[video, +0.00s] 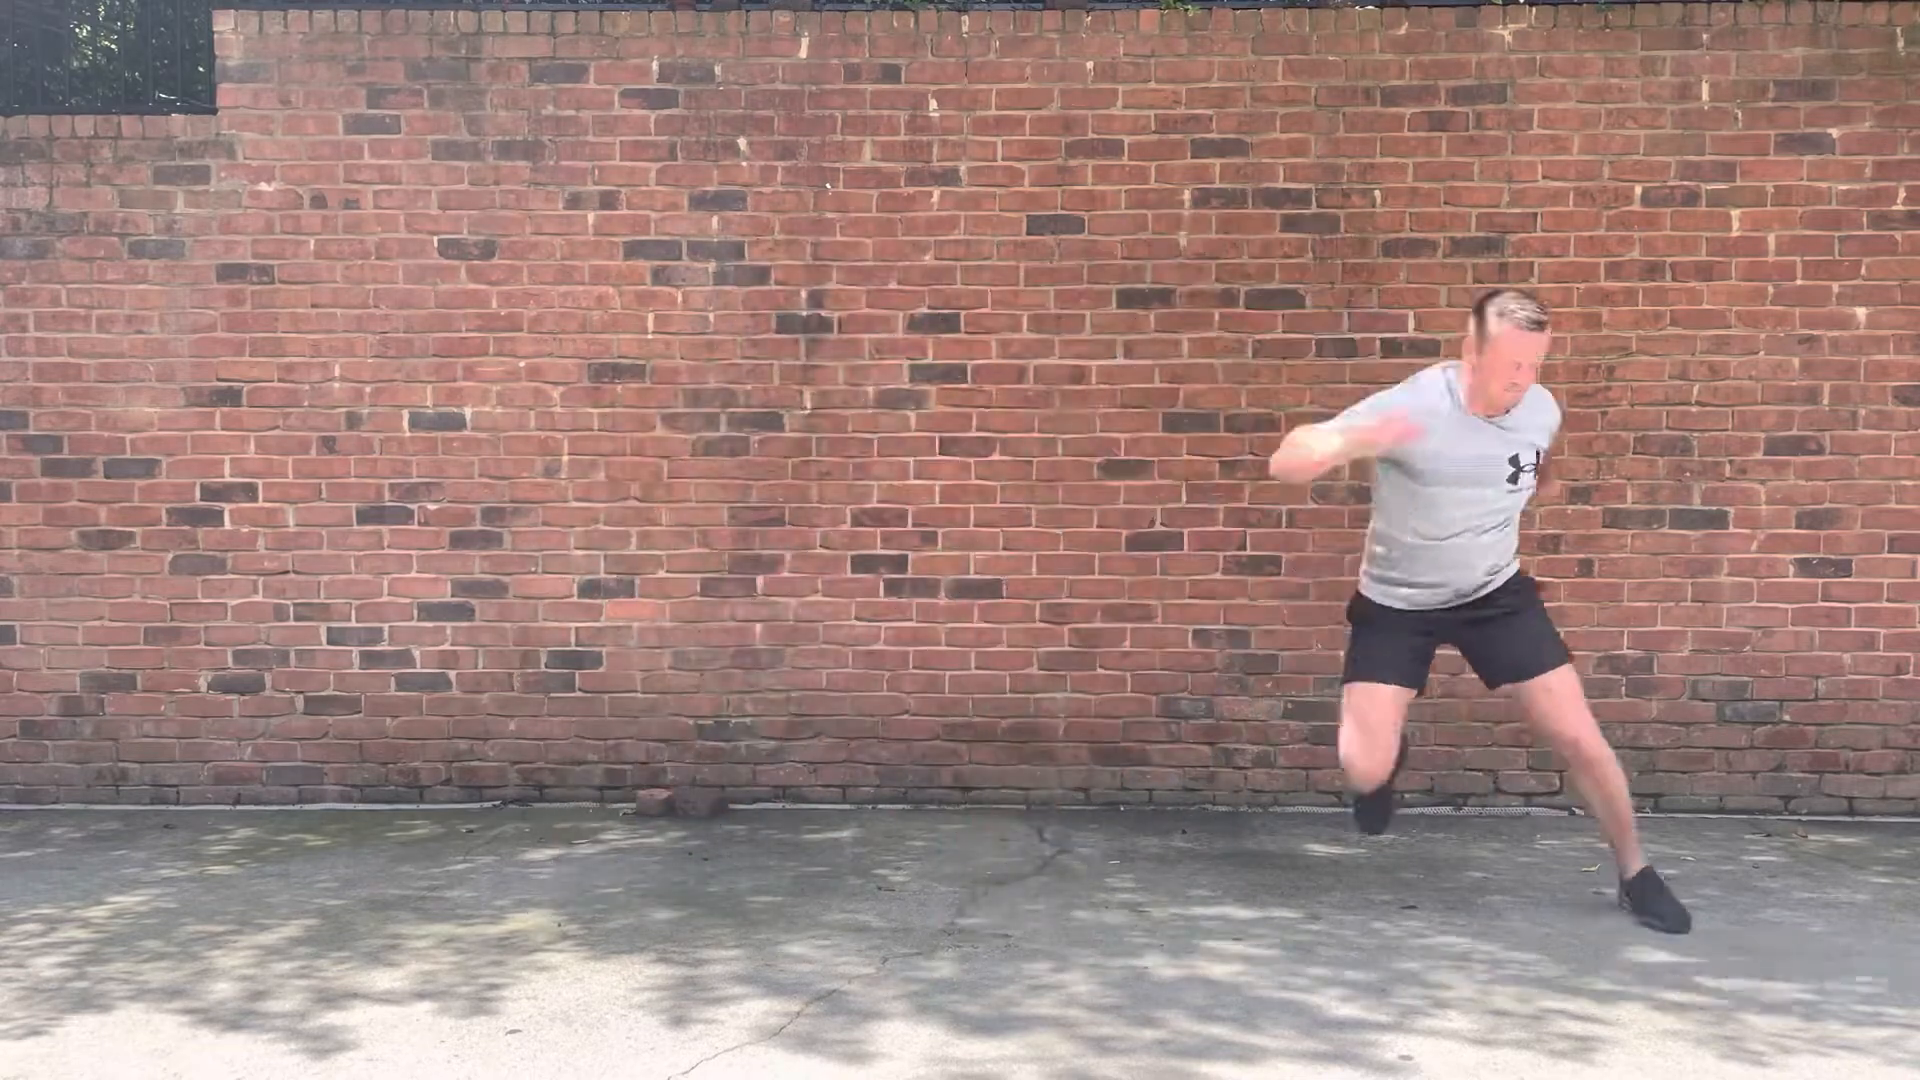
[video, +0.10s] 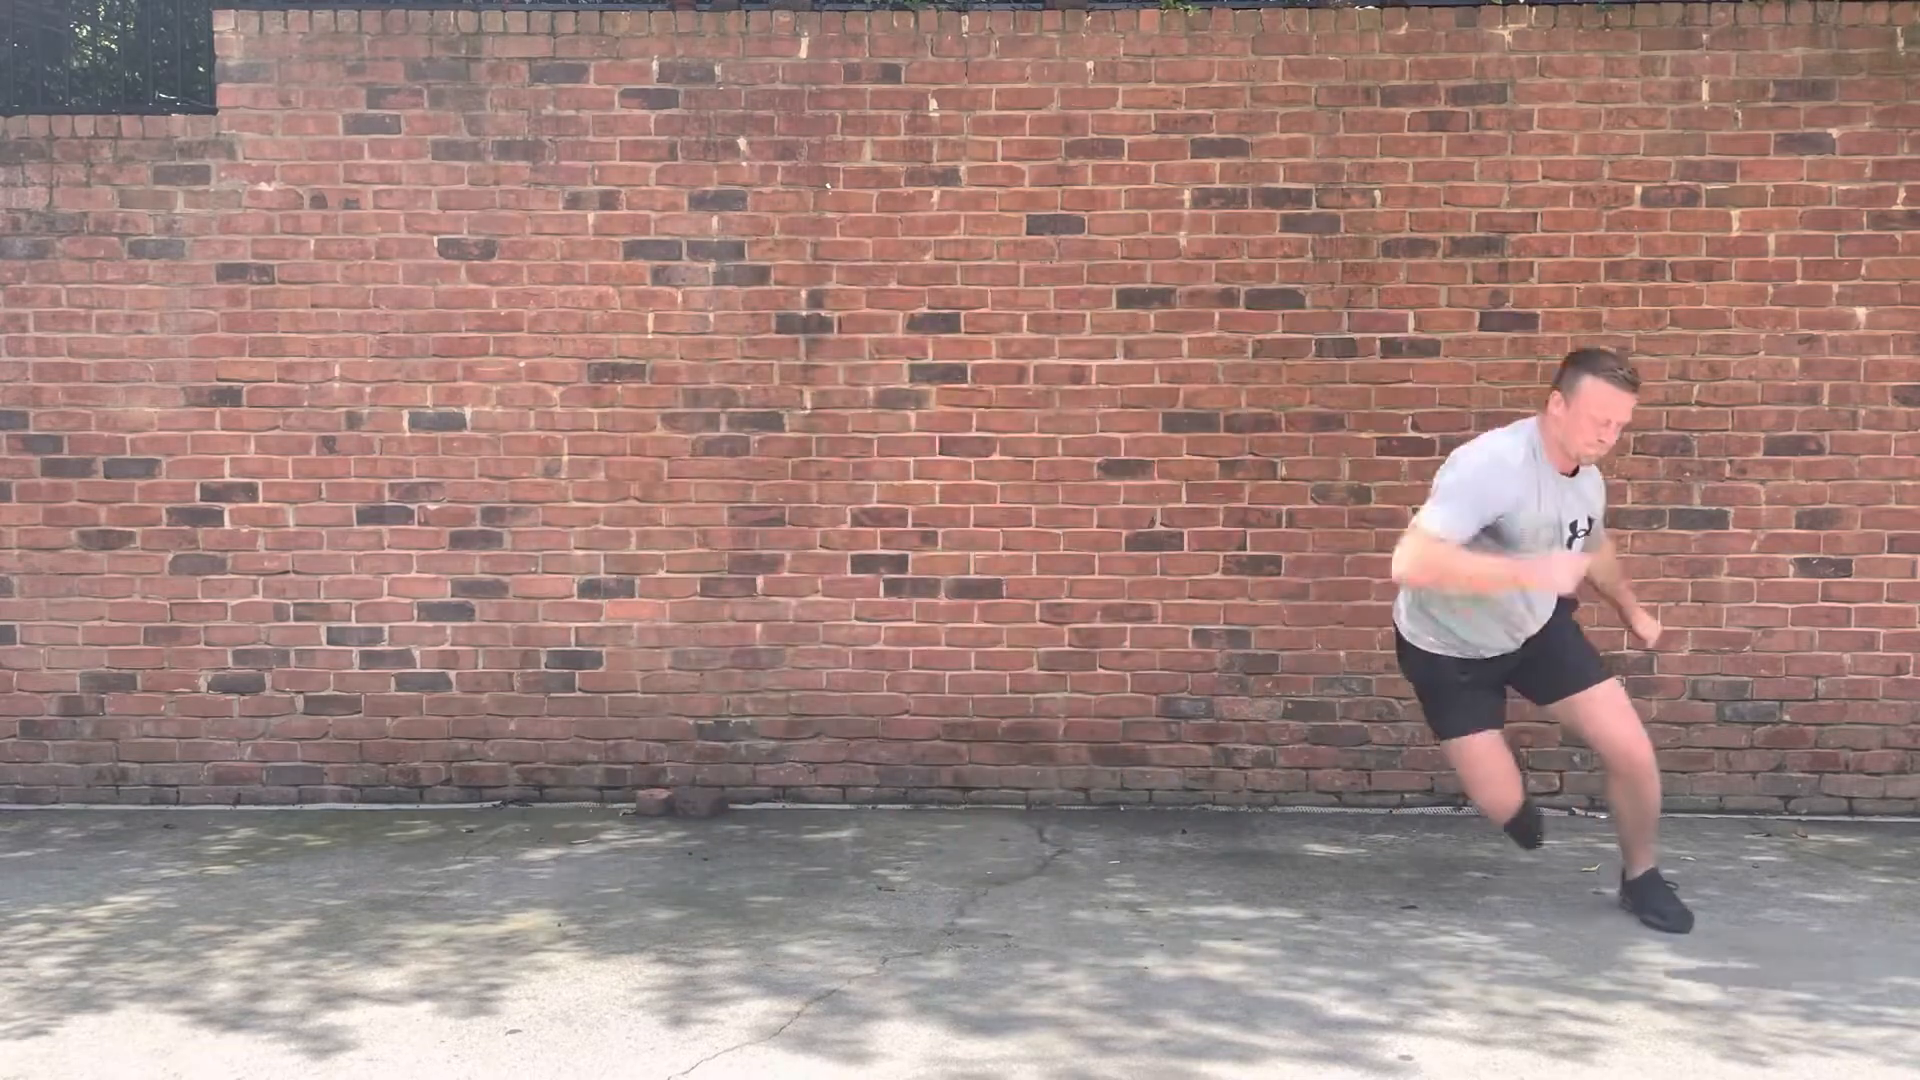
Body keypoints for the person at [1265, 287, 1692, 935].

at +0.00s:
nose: (1525, 379)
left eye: (1535, 365)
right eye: (1514, 363)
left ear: (1542, 360)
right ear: (1472, 347)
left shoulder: (1540, 413)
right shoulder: (1415, 402)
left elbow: (1520, 476)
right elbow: (1285, 461)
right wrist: (1354, 440)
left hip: (1496, 595)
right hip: (1395, 602)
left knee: (1580, 738)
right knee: (1363, 765)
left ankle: (1635, 871)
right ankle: (1374, 776)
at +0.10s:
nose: (1608, 439)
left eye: (1618, 428)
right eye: (1600, 422)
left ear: (1623, 427)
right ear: (1556, 405)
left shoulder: (1587, 482)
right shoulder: (1487, 464)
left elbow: (1595, 552)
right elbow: (1412, 562)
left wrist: (1632, 609)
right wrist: (1531, 571)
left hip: (1535, 625)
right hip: (1445, 643)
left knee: (1632, 750)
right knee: (1500, 804)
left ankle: (1641, 876)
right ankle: (1513, 808)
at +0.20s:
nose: (1632, 449)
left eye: (1642, 439)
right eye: (1624, 432)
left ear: (1644, 436)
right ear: (1581, 414)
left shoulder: (1602, 499)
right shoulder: (1517, 476)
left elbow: (1649, 590)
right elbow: (1480, 590)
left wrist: (1733, 648)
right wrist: (1587, 640)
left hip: (1544, 640)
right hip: (1456, 652)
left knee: (1642, 754)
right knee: (1538, 806)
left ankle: (1641, 879)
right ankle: (1555, 771)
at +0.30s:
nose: (1599, 424)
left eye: (1612, 413)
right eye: (1589, 407)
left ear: (1621, 414)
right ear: (1553, 393)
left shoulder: (1620, 477)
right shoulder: (1493, 447)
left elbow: (1713, 541)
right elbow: (1408, 522)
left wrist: (1754, 522)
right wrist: (1518, 523)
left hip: (1542, 622)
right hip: (1447, 629)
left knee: (1636, 750)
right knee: (1478, 800)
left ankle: (1641, 877)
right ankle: (1501, 788)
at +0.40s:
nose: (1510, 358)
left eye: (1526, 346)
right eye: (1501, 341)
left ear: (1550, 344)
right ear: (1479, 332)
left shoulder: (1583, 413)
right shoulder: (1426, 381)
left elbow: (1697, 452)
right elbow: (1306, 383)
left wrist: (1672, 417)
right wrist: (1405, 384)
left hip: (1506, 587)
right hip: (1403, 578)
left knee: (1594, 729)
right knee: (1351, 718)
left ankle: (1642, 869)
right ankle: (1399, 740)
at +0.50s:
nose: (1431, 293)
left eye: (1448, 281)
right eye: (1421, 276)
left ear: (1473, 277)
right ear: (1402, 263)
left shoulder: (1497, 343)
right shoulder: (1349, 315)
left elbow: (1598, 394)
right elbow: (1229, 301)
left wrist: (1591, 424)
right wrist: (1233, 341)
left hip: (1441, 538)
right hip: (1338, 520)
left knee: (1505, 691)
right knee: (1265, 646)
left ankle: (1569, 845)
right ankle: (1328, 694)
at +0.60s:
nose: (1364, 266)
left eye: (1381, 254)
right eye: (1354, 250)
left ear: (1405, 251)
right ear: (1335, 239)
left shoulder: (1429, 320)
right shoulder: (1276, 297)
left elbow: (1496, 391)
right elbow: (1172, 307)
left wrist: (1497, 451)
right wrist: (1113, 360)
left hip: (1369, 516)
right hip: (1271, 504)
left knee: (1401, 674)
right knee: (1231, 647)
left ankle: (1389, 839)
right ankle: (1294, 698)